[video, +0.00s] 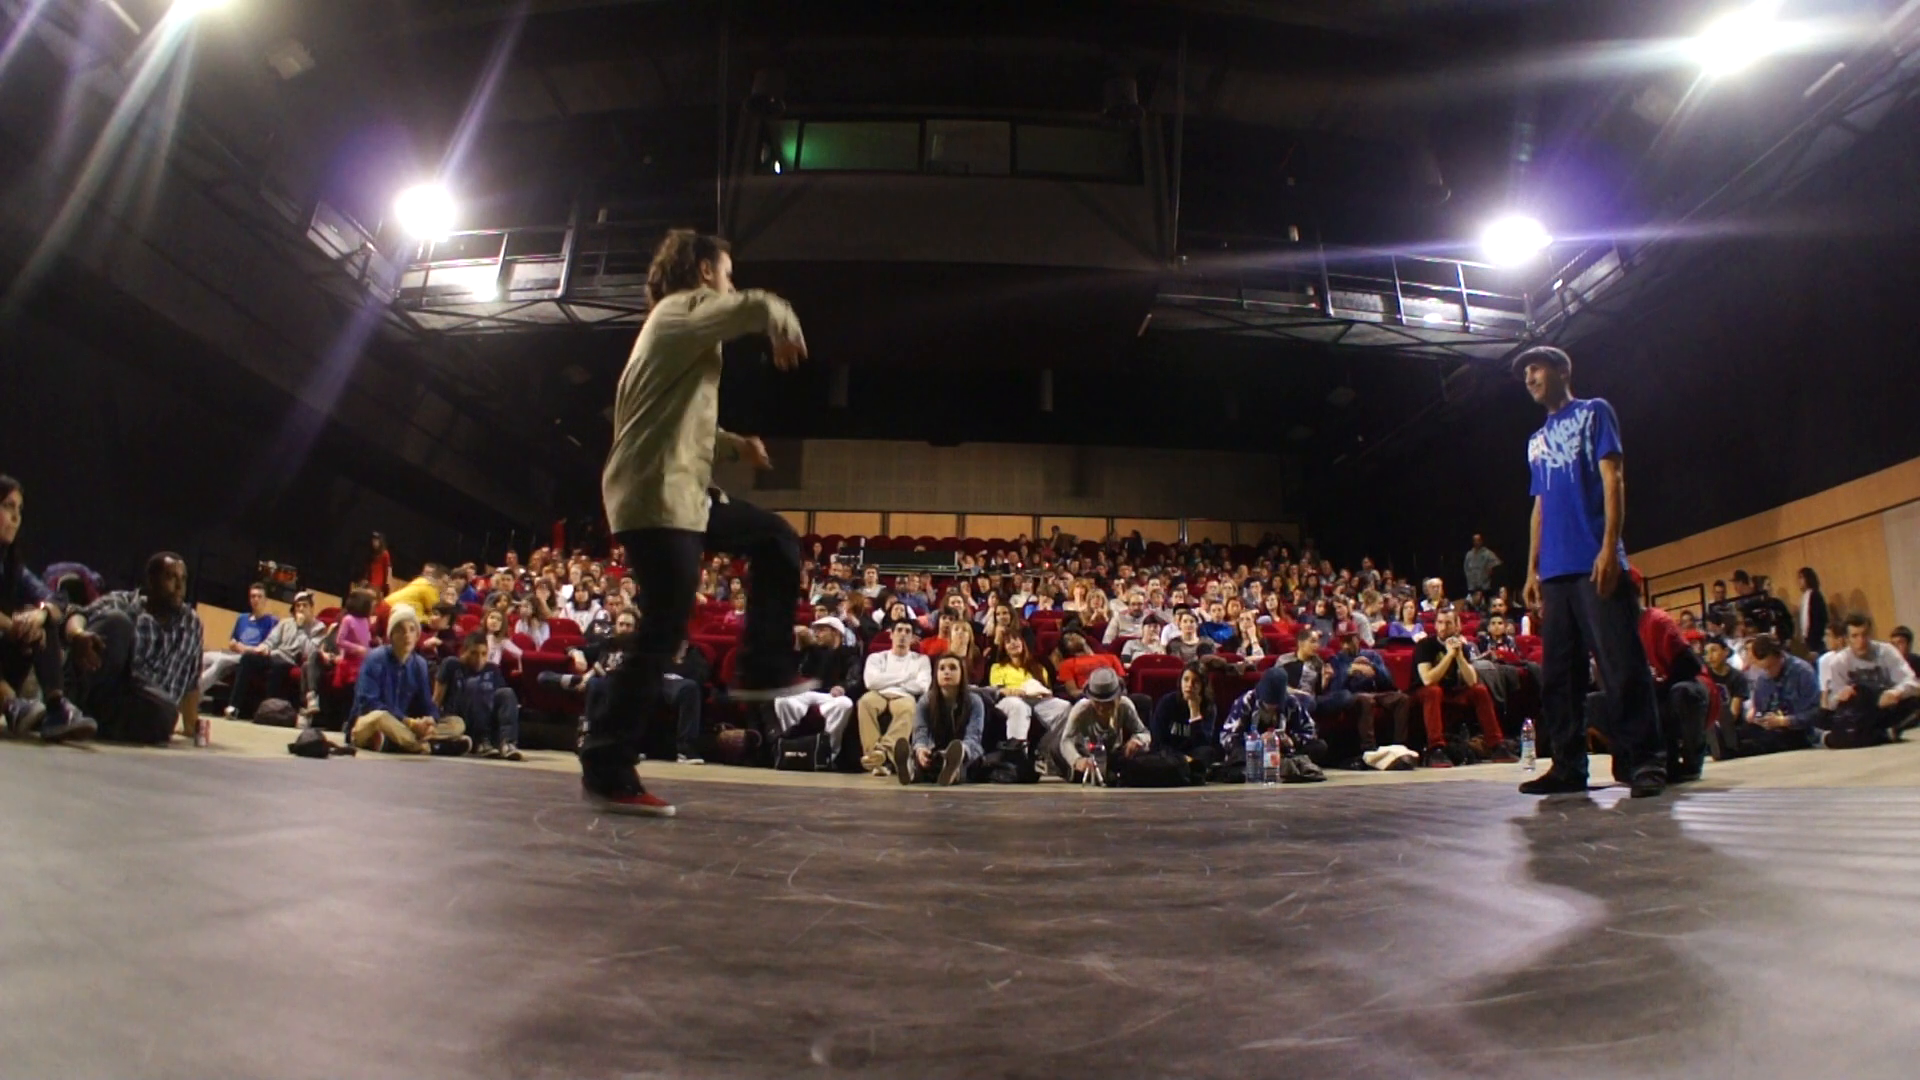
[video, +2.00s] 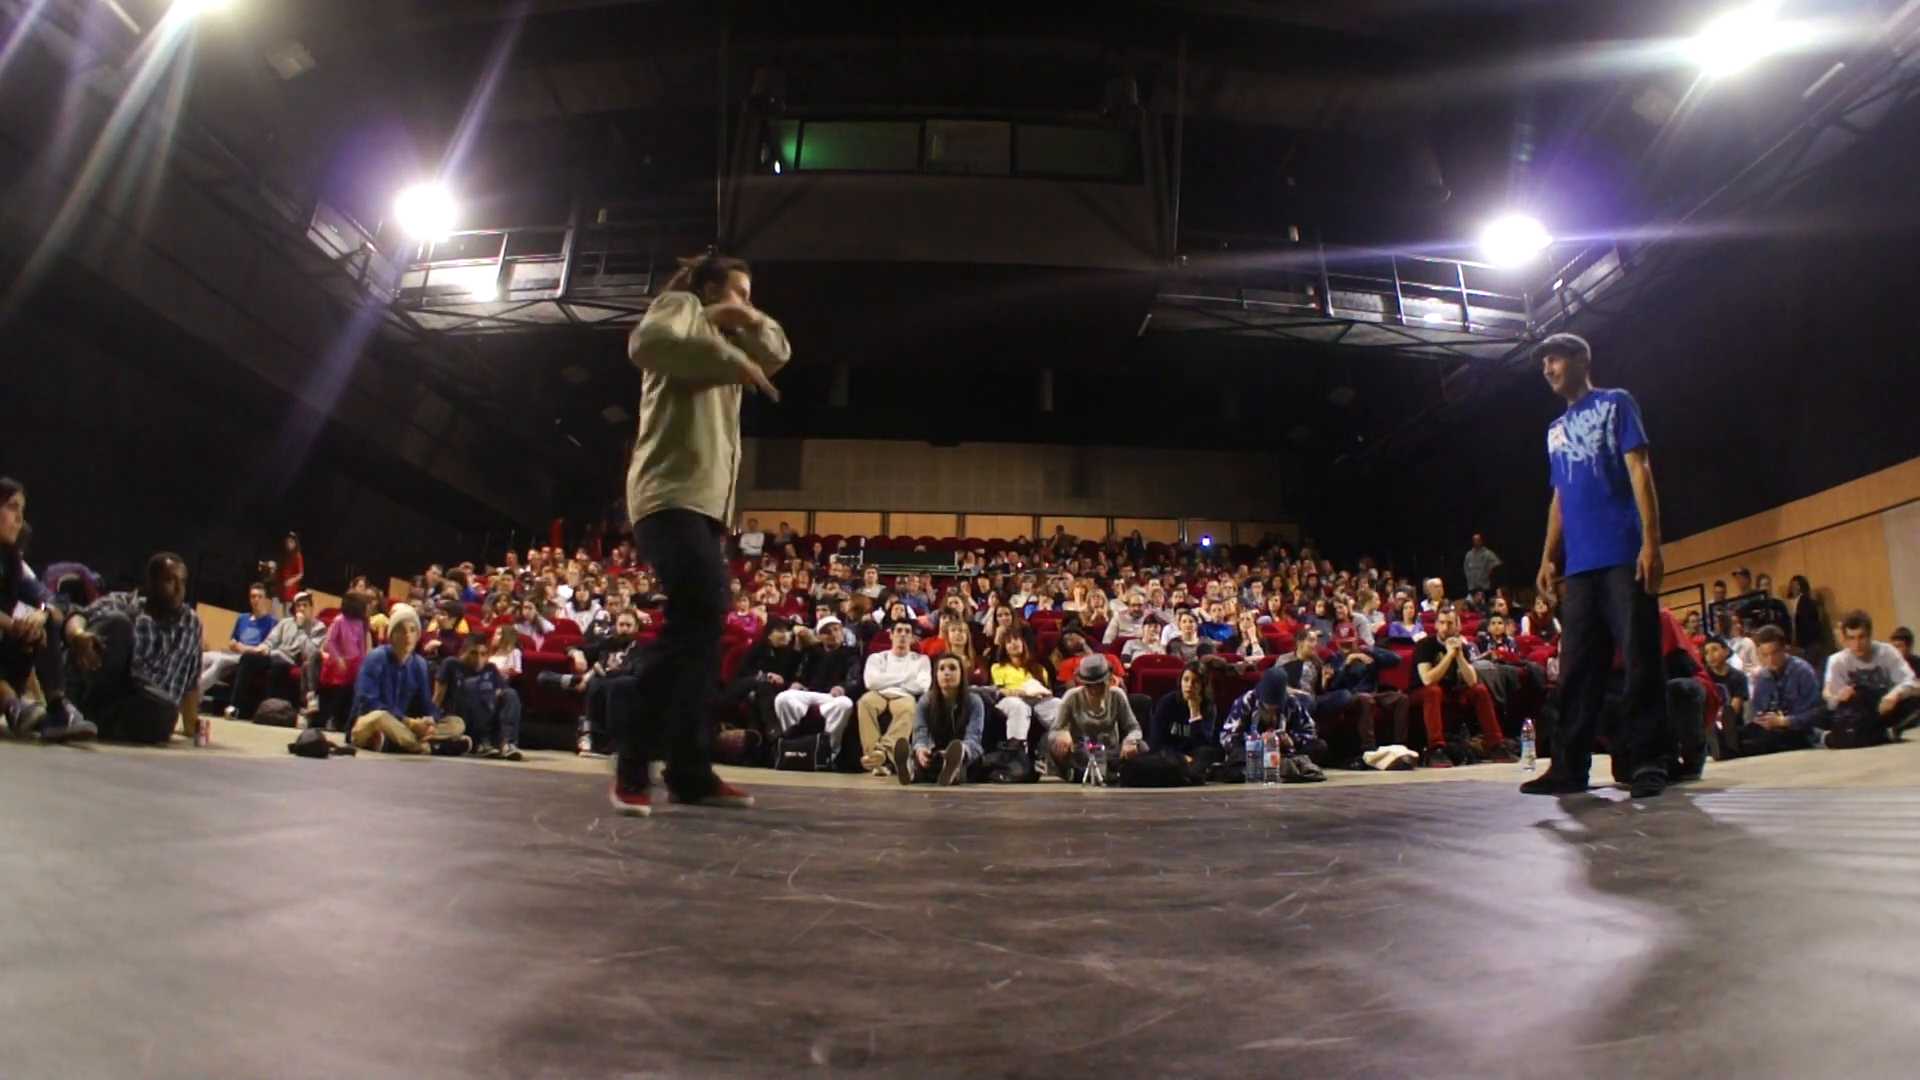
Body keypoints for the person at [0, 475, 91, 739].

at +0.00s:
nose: (15, 517)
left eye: (19, 509)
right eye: (8, 507)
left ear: (21, 515)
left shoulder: (12, 565)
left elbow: (57, 604)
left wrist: (41, 613)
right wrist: (13, 624)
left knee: (44, 625)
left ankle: (56, 706)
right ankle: (10, 702)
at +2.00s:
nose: (19, 518)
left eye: (21, 510)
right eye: (12, 508)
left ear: (20, 516)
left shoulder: (11, 560)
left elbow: (48, 604)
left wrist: (42, 613)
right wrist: (12, 624)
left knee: (47, 622)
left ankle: (57, 708)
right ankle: (12, 704)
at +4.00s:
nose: (14, 516)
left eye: (18, 508)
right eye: (7, 506)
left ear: (20, 516)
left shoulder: (12, 566)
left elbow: (58, 609)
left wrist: (43, 614)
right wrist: (10, 623)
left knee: (46, 624)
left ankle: (57, 709)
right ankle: (12, 705)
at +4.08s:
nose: (14, 516)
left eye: (17, 509)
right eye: (7, 506)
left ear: (20, 515)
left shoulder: (12, 564)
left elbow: (57, 609)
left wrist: (43, 614)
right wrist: (10, 623)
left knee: (45, 625)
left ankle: (57, 709)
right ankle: (12, 705)